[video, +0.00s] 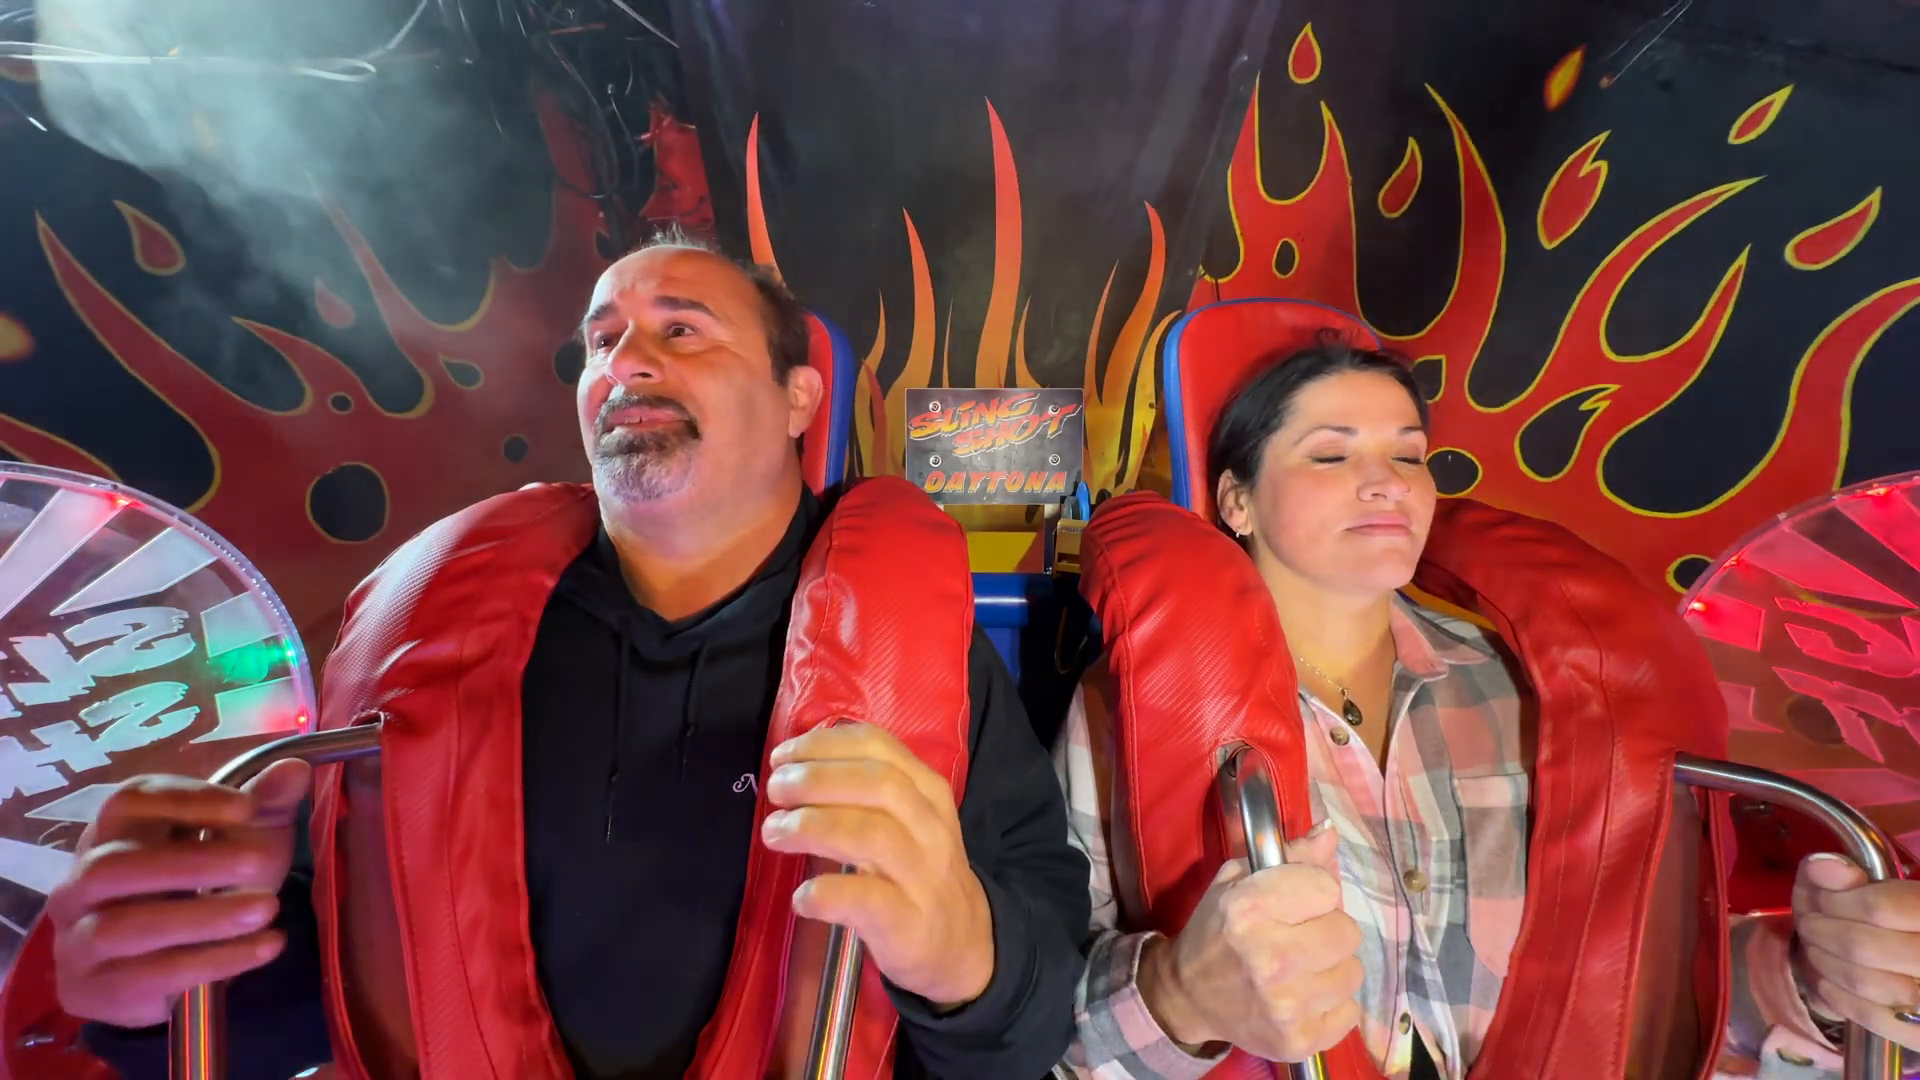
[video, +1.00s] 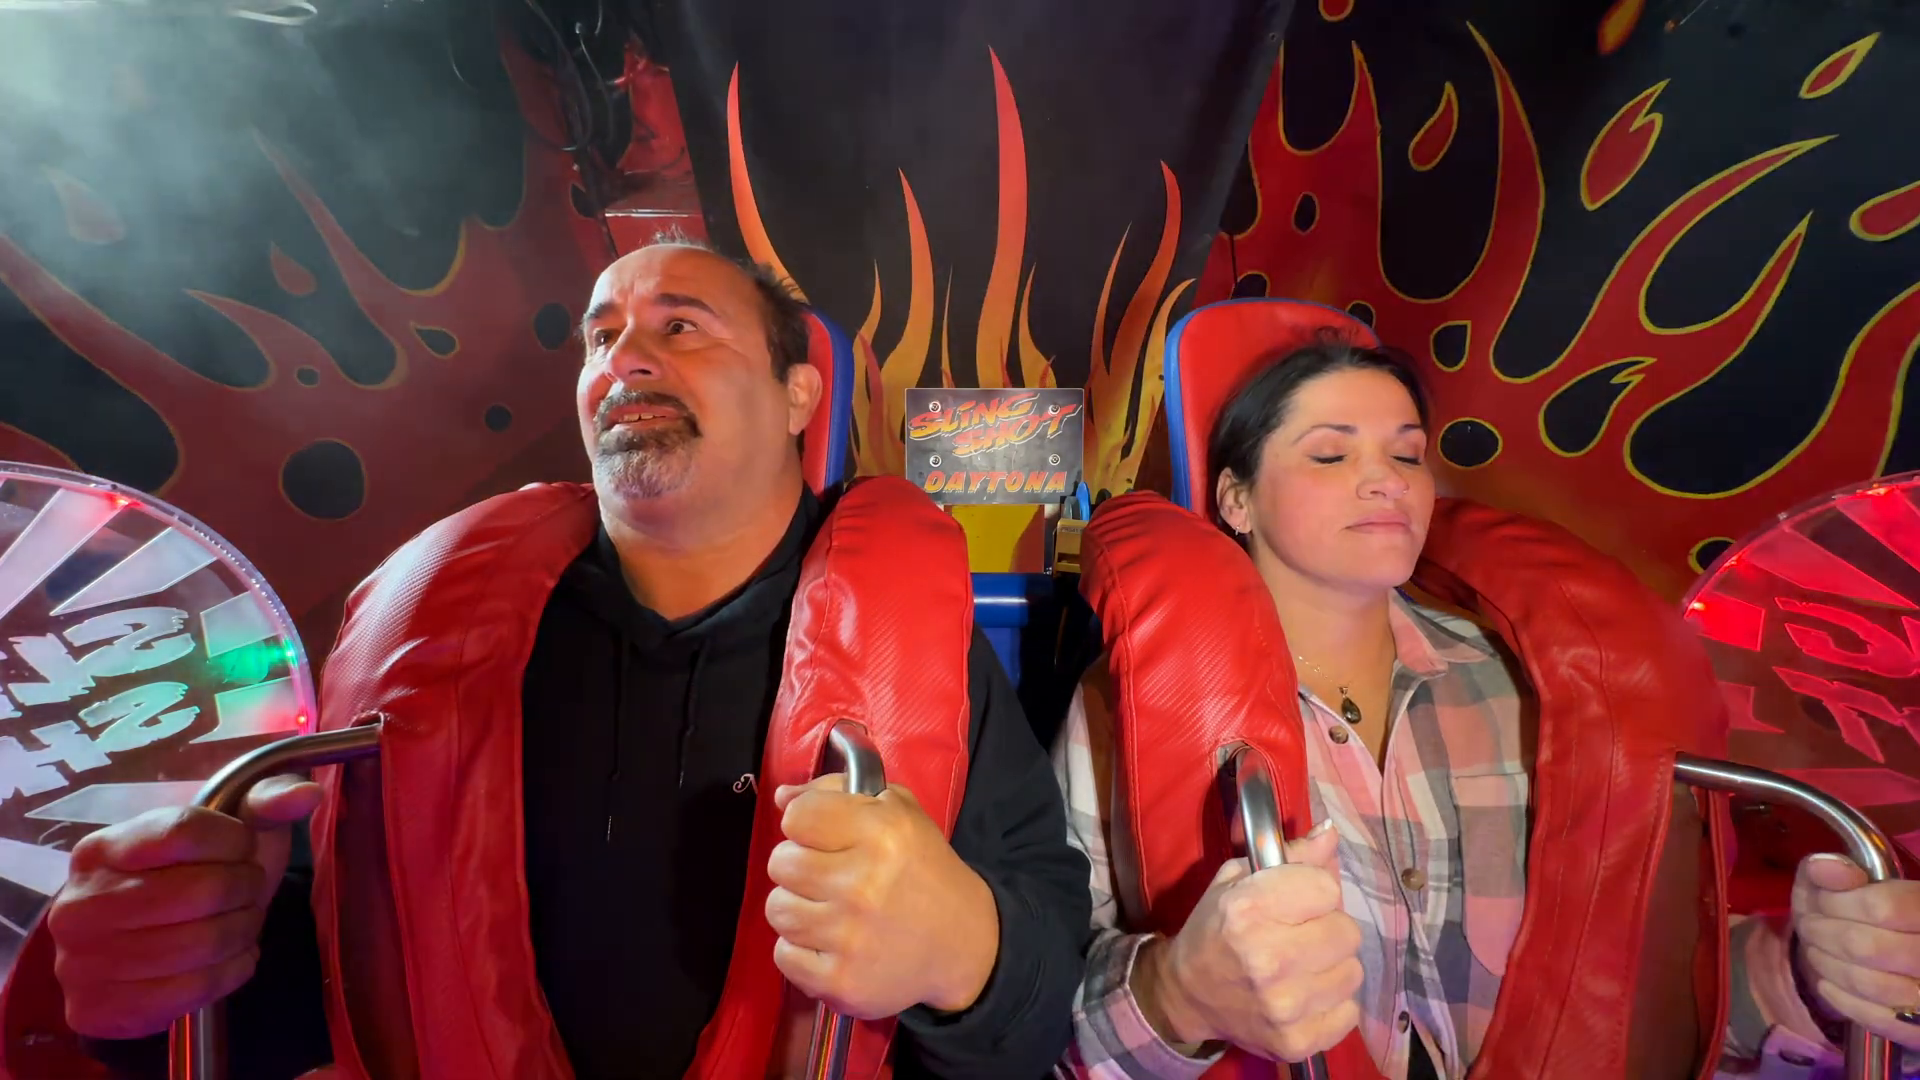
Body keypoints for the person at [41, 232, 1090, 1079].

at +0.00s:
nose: (623, 368)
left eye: (685, 329)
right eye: (602, 347)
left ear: (799, 403)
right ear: (578, 417)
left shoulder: (920, 660)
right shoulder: (440, 641)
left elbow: (1032, 1029)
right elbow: (306, 972)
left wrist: (974, 956)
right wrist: (90, 984)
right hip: (480, 1064)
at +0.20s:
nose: (620, 365)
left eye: (679, 328)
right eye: (598, 348)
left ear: (798, 400)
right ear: (576, 421)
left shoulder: (921, 657)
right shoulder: (441, 644)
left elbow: (1038, 1018)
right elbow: (314, 995)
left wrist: (964, 957)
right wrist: (84, 984)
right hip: (493, 1062)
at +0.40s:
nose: (621, 366)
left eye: (682, 328)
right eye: (599, 344)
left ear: (797, 397)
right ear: (575, 415)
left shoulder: (918, 654)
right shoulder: (443, 639)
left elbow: (1037, 1013)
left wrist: (977, 952)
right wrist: (99, 975)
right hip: (505, 1062)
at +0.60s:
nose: (621, 365)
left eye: (682, 327)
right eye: (599, 344)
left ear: (798, 400)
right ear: (576, 419)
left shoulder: (921, 661)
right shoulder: (447, 644)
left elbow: (1037, 1018)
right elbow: (317, 989)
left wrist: (977, 951)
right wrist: (126, 977)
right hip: (499, 1066)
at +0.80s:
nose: (626, 359)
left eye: (686, 325)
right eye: (602, 339)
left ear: (798, 400)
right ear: (577, 415)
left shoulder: (922, 649)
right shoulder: (433, 642)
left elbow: (1041, 1003)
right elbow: (297, 966)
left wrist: (973, 952)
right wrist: (77, 989)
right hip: (476, 1067)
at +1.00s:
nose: (623, 361)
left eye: (683, 324)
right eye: (600, 340)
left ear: (799, 396)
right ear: (577, 413)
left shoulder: (918, 652)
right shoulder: (440, 638)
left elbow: (1045, 1011)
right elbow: (315, 985)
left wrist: (971, 950)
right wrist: (110, 981)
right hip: (490, 1067)